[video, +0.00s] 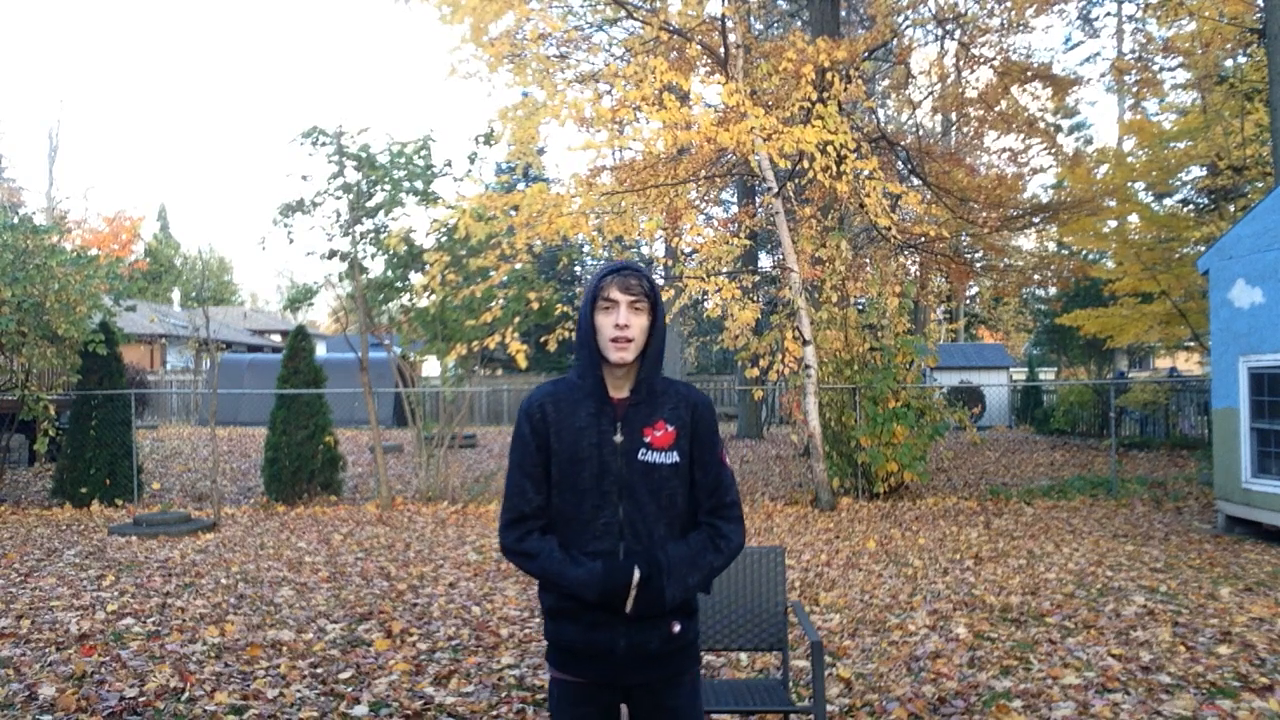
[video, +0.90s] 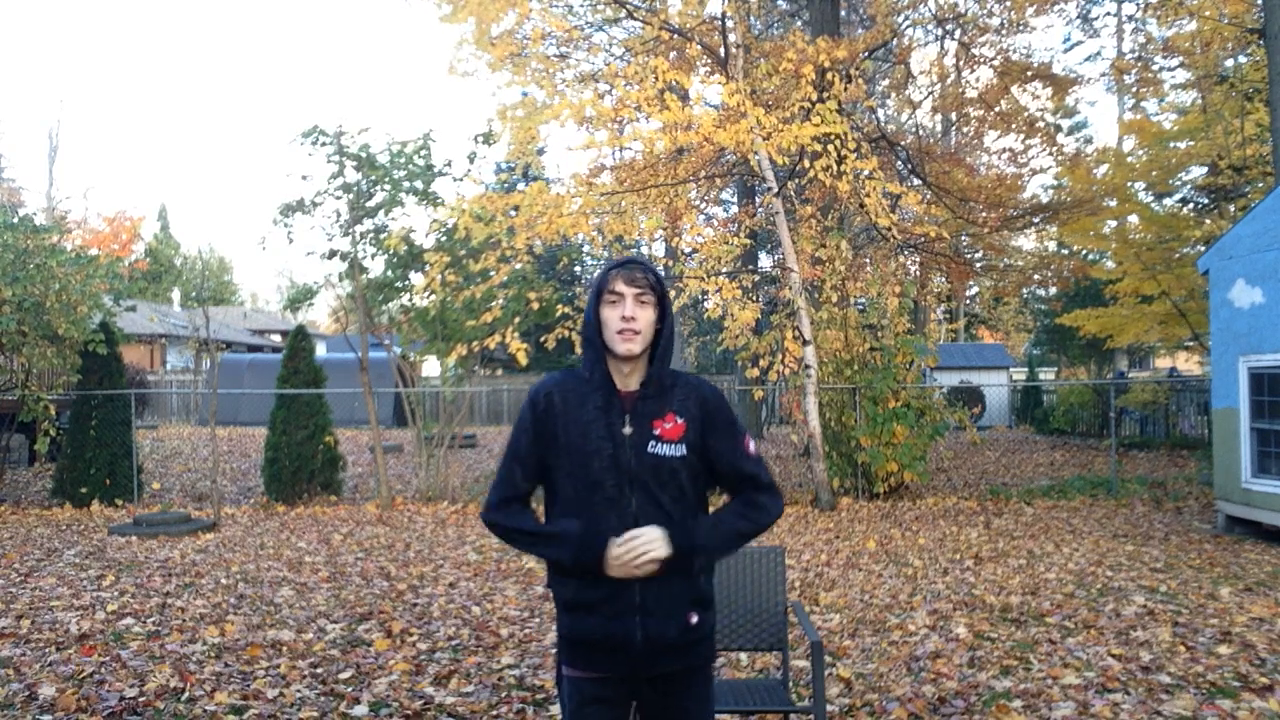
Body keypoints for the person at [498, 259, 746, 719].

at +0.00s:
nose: (621, 321)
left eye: (636, 308)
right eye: (607, 307)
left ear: (653, 322)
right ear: (589, 319)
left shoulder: (689, 408)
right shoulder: (546, 409)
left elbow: (726, 526)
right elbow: (518, 532)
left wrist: (660, 577)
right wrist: (596, 580)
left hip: (667, 650)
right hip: (579, 651)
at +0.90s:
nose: (627, 313)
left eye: (642, 301)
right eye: (614, 300)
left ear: (660, 317)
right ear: (595, 314)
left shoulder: (697, 400)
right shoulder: (553, 401)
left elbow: (762, 498)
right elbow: (501, 509)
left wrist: (680, 538)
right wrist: (593, 553)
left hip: (681, 645)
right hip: (590, 649)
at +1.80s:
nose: (627, 314)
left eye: (639, 299)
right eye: (613, 308)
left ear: (668, 307)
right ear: (604, 328)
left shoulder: (719, 405)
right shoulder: (577, 407)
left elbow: (720, 527)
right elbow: (562, 536)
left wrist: (761, 577)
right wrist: (532, 609)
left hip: (688, 647)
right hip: (597, 649)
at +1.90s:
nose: (631, 318)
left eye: (644, 302)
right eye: (616, 309)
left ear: (671, 313)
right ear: (608, 327)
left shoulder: (719, 408)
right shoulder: (576, 410)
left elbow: (722, 524)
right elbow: (562, 527)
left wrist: (757, 569)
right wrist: (555, 582)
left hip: (690, 643)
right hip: (602, 646)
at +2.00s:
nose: (634, 326)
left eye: (647, 311)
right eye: (619, 316)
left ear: (672, 325)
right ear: (607, 335)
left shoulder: (717, 421)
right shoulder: (573, 422)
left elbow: (721, 549)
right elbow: (556, 541)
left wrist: (743, 535)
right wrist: (575, 567)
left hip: (694, 656)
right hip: (604, 659)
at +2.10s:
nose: (631, 317)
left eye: (647, 304)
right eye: (618, 304)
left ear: (668, 320)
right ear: (601, 321)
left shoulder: (707, 408)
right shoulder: (566, 415)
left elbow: (723, 539)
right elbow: (555, 551)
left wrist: (681, 472)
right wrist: (613, 514)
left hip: (687, 645)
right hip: (597, 649)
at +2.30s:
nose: (623, 317)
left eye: (638, 307)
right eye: (610, 303)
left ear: (653, 325)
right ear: (589, 316)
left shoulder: (684, 405)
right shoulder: (546, 414)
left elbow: (707, 534)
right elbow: (539, 550)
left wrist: (647, 462)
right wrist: (605, 467)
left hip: (670, 644)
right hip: (581, 647)